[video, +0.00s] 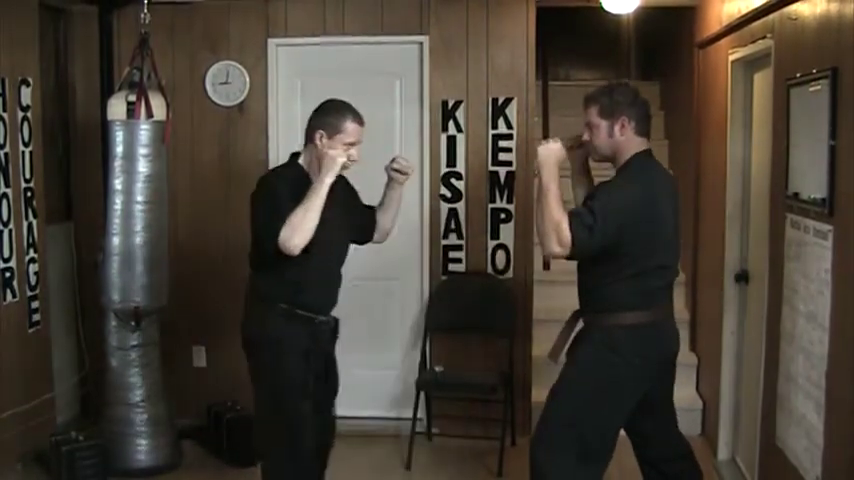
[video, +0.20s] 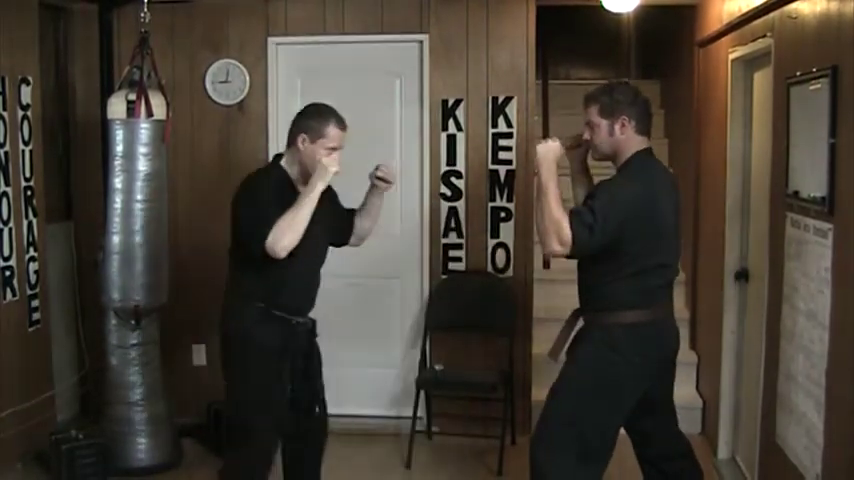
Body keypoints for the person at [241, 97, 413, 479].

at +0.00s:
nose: (355, 155)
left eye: (357, 146)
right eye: (347, 146)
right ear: (319, 140)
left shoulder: (339, 189)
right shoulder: (276, 184)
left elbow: (377, 231)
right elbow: (291, 241)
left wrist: (394, 186)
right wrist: (325, 178)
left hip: (319, 329)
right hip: (277, 327)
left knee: (318, 436)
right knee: (288, 441)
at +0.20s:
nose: (336, 161)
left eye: (339, 151)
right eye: (330, 150)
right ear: (300, 143)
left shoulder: (317, 192)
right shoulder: (258, 188)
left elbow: (353, 234)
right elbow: (278, 244)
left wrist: (376, 191)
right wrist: (316, 187)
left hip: (298, 331)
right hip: (254, 331)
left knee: (309, 431)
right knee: (255, 438)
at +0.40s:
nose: (302, 161)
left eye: (305, 152)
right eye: (297, 150)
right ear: (269, 146)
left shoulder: (278, 194)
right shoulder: (229, 192)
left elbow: (318, 234)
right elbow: (260, 246)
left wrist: (340, 193)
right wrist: (290, 183)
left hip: (274, 335)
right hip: (228, 336)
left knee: (302, 435)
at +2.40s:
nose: (265, 161)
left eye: (268, 153)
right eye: (260, 150)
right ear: (230, 148)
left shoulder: (256, 198)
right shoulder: (191, 196)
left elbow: (301, 234)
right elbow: (222, 240)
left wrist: (319, 187)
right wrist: (244, 176)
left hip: (254, 340)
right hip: (203, 340)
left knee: (293, 429)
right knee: (185, 442)